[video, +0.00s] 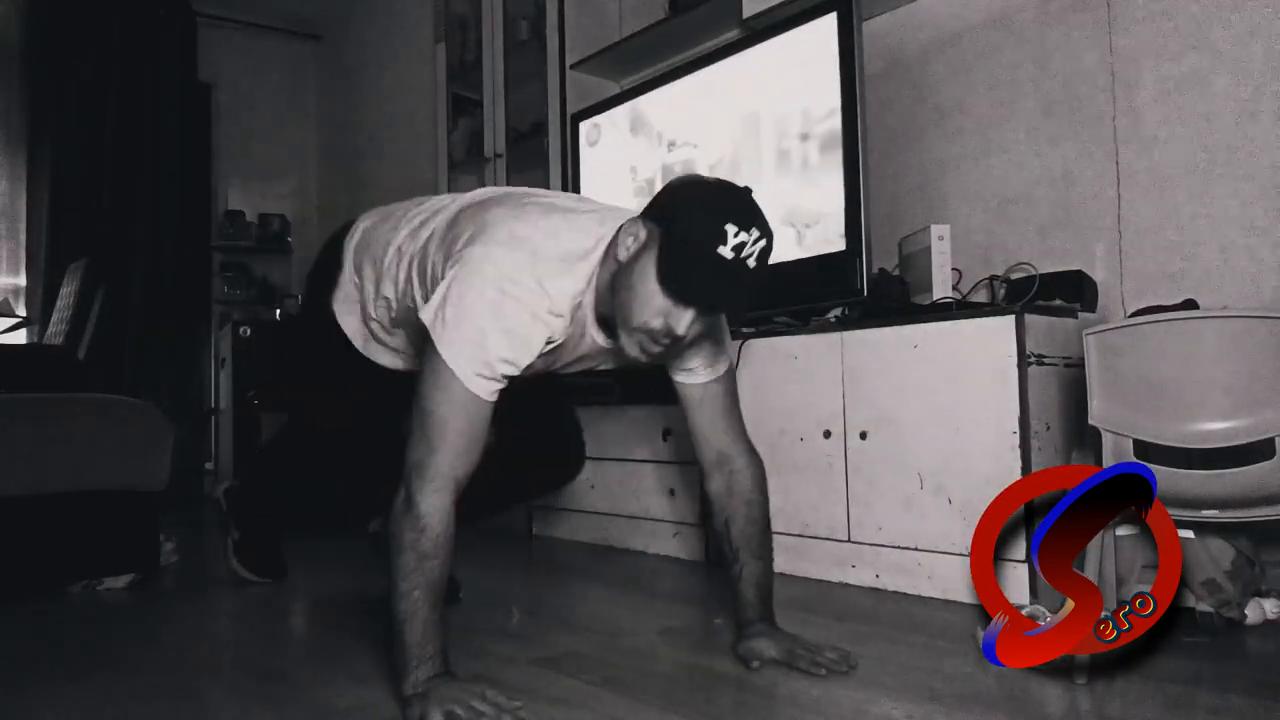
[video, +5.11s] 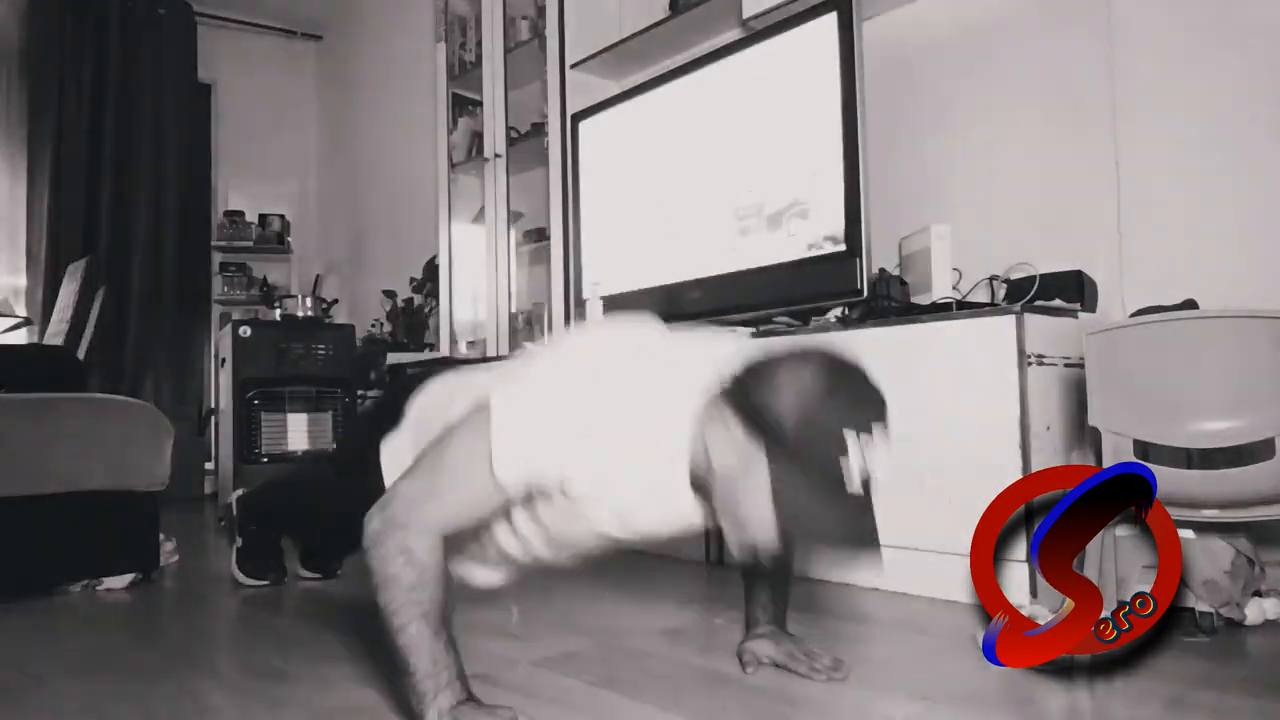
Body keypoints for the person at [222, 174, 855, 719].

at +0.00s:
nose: (678, 331)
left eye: (701, 315)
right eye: (672, 297)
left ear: (725, 312)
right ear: (632, 242)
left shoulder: (694, 317)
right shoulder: (507, 279)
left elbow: (730, 465)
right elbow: (426, 492)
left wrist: (758, 625)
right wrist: (424, 682)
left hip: (480, 314)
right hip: (364, 293)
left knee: (549, 451)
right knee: (352, 492)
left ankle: (418, 529)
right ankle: (258, 504)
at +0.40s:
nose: (714, 295)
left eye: (738, 277)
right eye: (706, 258)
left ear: (749, 280)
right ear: (654, 223)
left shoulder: (712, 313)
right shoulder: (525, 272)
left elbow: (739, 465)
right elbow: (448, 493)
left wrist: (758, 625)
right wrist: (427, 678)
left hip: (520, 382)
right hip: (406, 342)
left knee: (531, 526)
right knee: (328, 471)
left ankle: (400, 489)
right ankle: (254, 511)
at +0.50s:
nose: (703, 294)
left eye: (729, 275)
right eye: (692, 255)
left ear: (745, 277)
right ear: (646, 222)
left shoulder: (712, 311)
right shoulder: (522, 270)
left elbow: (740, 463)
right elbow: (448, 495)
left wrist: (758, 624)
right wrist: (425, 677)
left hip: (512, 409)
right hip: (412, 357)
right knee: (330, 456)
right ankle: (255, 512)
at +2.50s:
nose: (722, 260)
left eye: (749, 236)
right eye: (708, 216)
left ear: (759, 245)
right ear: (649, 198)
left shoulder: (711, 315)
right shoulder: (525, 253)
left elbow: (749, 471)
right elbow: (464, 506)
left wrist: (782, 624)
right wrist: (451, 703)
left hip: (476, 464)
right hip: (386, 412)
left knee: (372, 498)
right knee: (319, 488)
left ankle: (313, 523)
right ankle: (257, 517)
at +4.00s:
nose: (734, 351)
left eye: (752, 333)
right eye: (728, 319)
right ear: (669, 253)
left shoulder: (718, 316)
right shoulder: (536, 260)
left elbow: (746, 471)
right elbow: (473, 496)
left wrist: (765, 630)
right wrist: (450, 700)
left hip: (499, 461)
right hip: (404, 417)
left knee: (373, 505)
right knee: (319, 485)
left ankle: (313, 525)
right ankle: (250, 518)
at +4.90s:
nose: (753, 353)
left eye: (765, 335)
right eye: (745, 324)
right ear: (686, 264)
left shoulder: (724, 329)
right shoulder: (546, 276)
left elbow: (749, 468)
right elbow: (449, 502)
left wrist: (766, 627)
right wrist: (449, 697)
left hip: (485, 451)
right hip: (402, 411)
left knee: (368, 492)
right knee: (319, 483)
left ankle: (314, 524)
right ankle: (251, 522)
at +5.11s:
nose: (776, 534)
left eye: (795, 520)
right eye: (775, 510)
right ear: (742, 445)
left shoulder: (780, 409)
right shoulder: (585, 401)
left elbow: (776, 513)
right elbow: (396, 528)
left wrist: (765, 625)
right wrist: (446, 702)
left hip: (523, 483)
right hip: (432, 438)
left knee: (358, 509)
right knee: (324, 494)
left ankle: (303, 543)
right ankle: (255, 521)